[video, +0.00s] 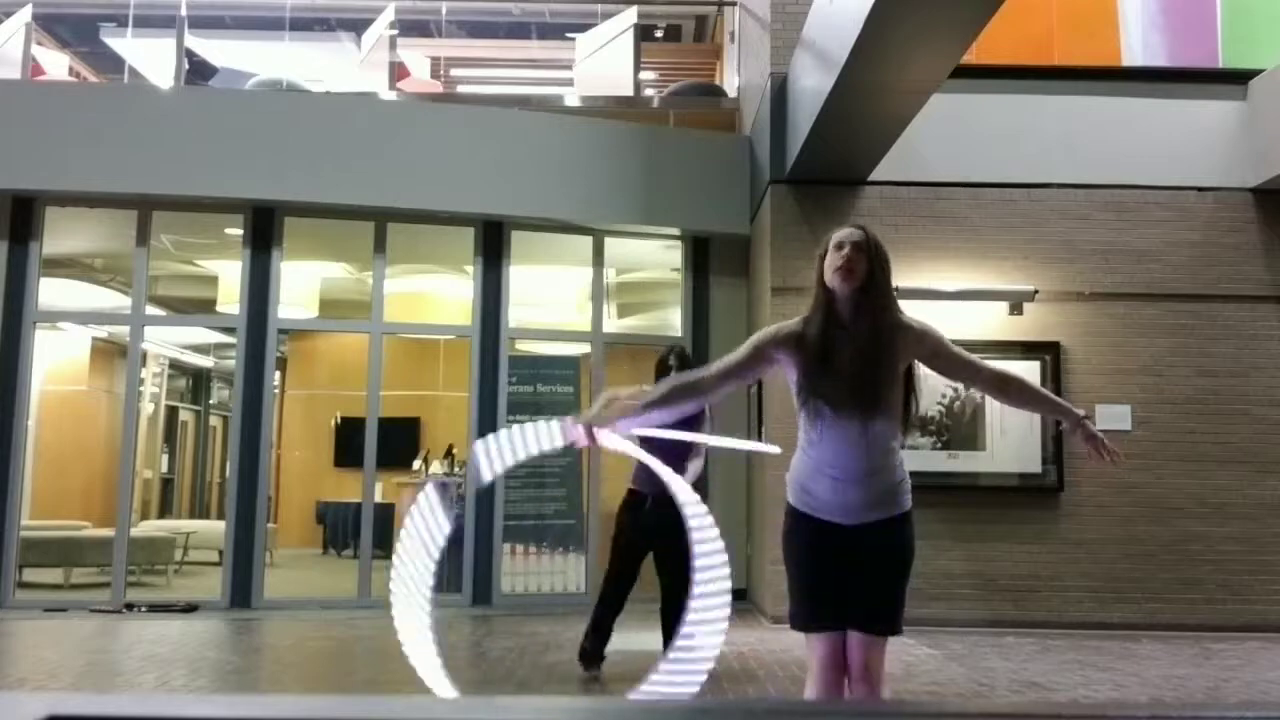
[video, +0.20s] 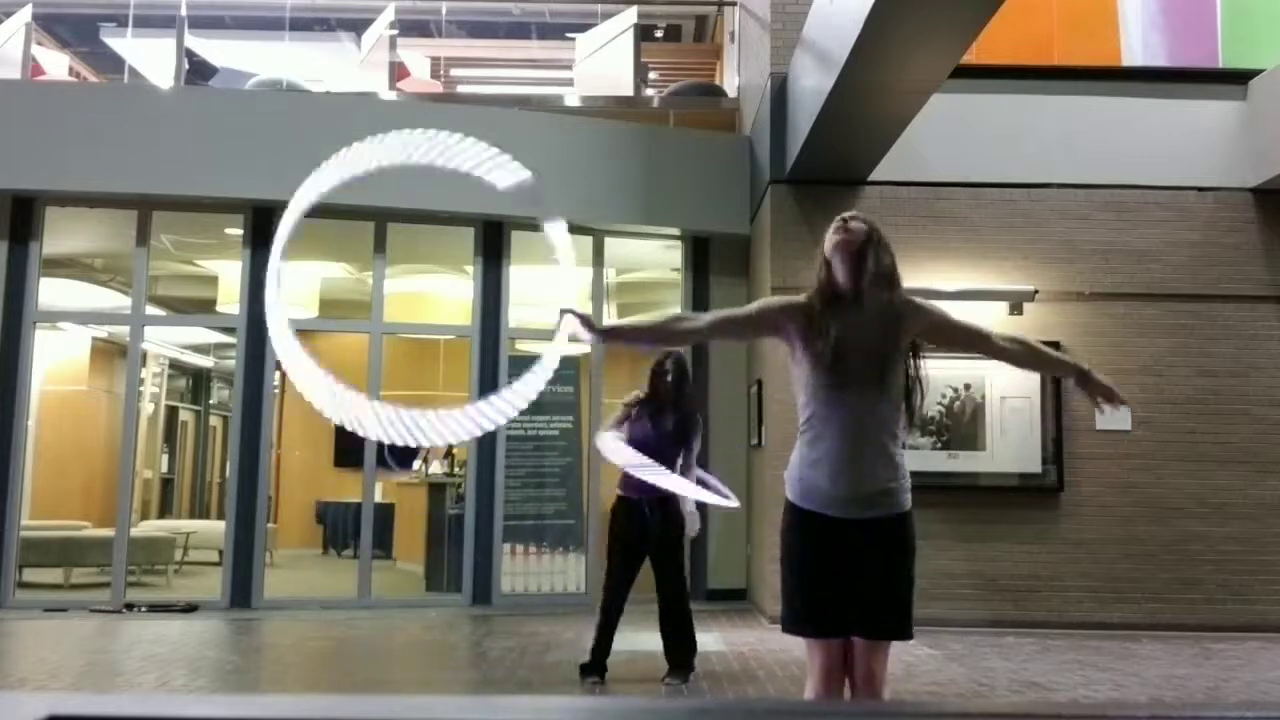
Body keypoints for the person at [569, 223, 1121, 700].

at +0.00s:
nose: (847, 256)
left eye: (859, 250)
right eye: (838, 249)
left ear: (876, 270)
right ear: (821, 267)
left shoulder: (902, 336)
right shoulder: (791, 341)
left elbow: (981, 377)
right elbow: (704, 381)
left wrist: (1069, 415)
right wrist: (621, 412)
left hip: (883, 515)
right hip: (814, 514)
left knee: (867, 667)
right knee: (828, 664)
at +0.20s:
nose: (849, 231)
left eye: (861, 230)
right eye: (839, 230)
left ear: (879, 255)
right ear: (823, 257)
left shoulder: (905, 315)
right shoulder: (796, 315)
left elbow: (998, 345)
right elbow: (695, 328)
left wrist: (1076, 373)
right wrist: (605, 333)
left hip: (883, 508)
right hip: (812, 507)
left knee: (870, 673)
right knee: (827, 670)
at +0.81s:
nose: (868, 289)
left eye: (873, 292)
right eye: (854, 287)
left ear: (877, 312)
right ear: (826, 304)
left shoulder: (902, 343)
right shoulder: (802, 331)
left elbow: (995, 364)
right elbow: (716, 318)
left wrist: (1075, 397)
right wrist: (628, 309)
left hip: (904, 516)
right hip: (830, 513)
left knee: (883, 674)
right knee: (835, 673)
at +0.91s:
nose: (874, 288)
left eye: (878, 291)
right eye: (860, 286)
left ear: (879, 311)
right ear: (827, 301)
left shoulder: (904, 345)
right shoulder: (804, 332)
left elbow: (997, 361)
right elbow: (715, 315)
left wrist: (1076, 372)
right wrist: (628, 302)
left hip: (904, 516)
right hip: (831, 514)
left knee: (887, 670)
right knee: (838, 672)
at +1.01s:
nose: (879, 292)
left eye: (880, 291)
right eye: (867, 287)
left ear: (872, 307)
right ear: (834, 292)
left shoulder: (903, 344)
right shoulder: (803, 331)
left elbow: (987, 368)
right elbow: (715, 313)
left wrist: (1064, 375)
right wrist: (628, 301)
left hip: (906, 515)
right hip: (832, 514)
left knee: (889, 675)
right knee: (844, 674)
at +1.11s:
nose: (885, 282)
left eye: (887, 280)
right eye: (872, 277)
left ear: (885, 300)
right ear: (844, 287)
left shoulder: (905, 348)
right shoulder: (809, 325)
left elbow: (987, 378)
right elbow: (714, 311)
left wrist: (1041, 355)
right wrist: (623, 300)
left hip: (903, 515)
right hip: (833, 514)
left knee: (889, 671)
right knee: (844, 674)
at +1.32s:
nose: (883, 269)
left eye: (885, 264)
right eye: (872, 262)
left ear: (883, 282)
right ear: (842, 272)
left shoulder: (902, 332)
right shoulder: (806, 319)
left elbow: (990, 355)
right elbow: (709, 312)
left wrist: (1005, 308)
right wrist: (621, 307)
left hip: (902, 511)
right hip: (831, 509)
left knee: (884, 670)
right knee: (840, 670)